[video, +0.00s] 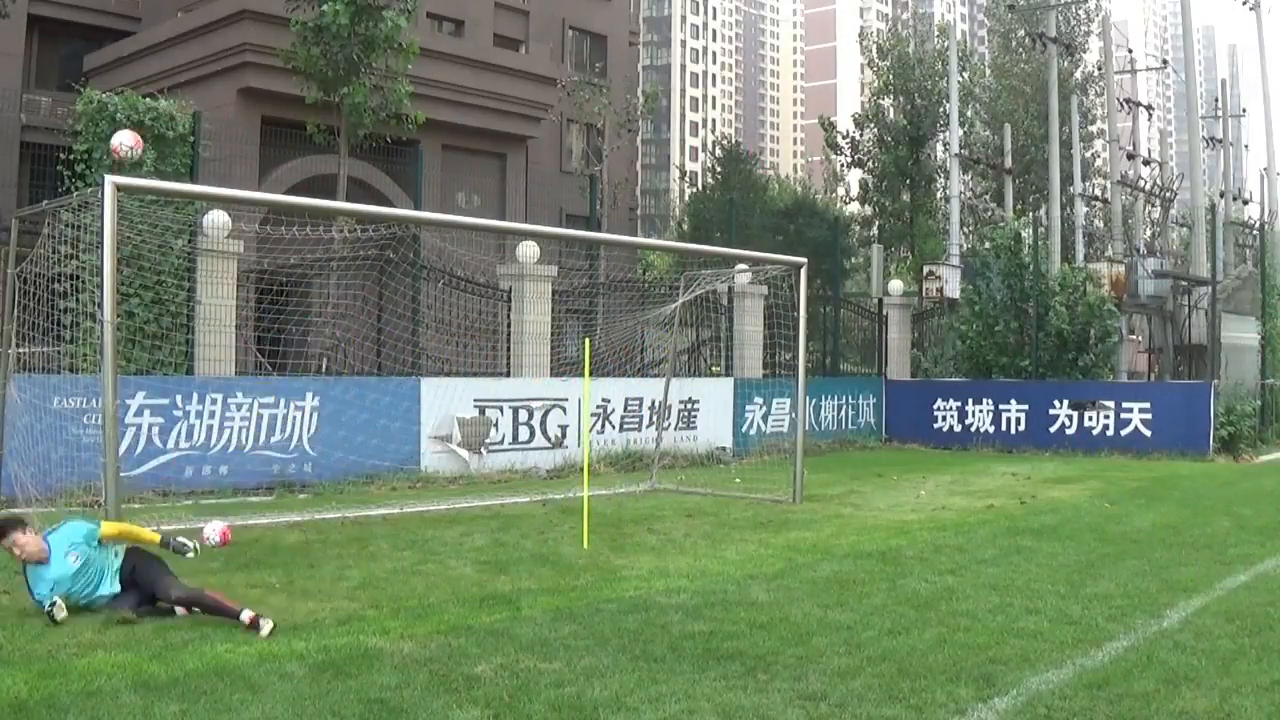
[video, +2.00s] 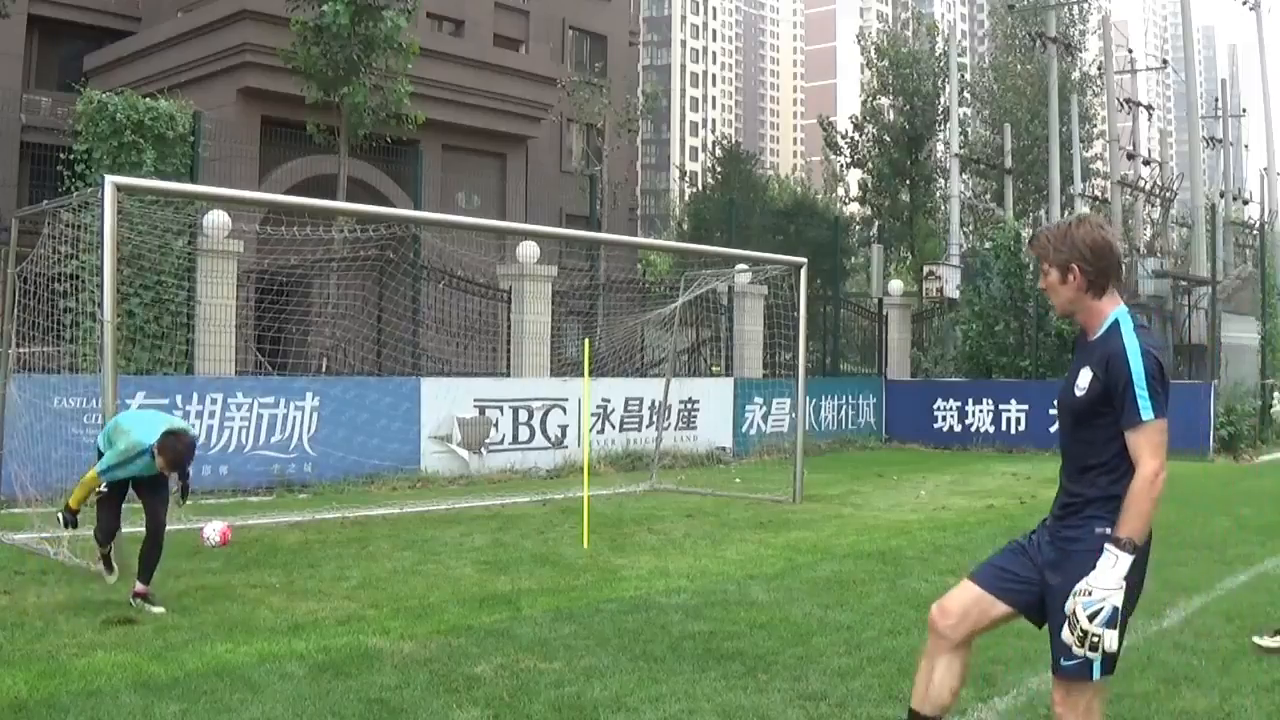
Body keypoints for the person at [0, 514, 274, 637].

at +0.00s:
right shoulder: (36, 582)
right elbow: (54, 610)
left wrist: (165, 540)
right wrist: (57, 613)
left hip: (129, 562)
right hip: (117, 595)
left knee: (174, 593)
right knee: (122, 615)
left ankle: (248, 617)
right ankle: (178, 607)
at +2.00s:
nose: (167, 474)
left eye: (173, 471)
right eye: (164, 468)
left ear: (184, 462)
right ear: (156, 451)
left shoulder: (185, 437)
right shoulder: (130, 447)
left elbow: (183, 460)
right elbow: (93, 476)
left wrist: (184, 480)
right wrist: (71, 509)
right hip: (113, 455)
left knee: (157, 526)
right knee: (108, 527)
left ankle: (140, 591)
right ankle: (105, 552)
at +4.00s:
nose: (71, 308)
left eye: (80, 302)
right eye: (66, 299)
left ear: (89, 306)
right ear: (53, 296)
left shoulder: (97, 348)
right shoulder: (23, 345)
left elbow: (98, 403)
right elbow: (1, 399)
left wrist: (99, 450)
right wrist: (4, 459)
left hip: (79, 465)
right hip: (33, 465)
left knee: (68, 553)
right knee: (42, 554)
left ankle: (61, 645)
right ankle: (47, 623)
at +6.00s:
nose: (178, 291)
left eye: (188, 281)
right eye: (169, 278)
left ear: (198, 275)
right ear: (142, 262)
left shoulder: (206, 324)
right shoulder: (100, 332)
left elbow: (236, 397)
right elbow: (58, 426)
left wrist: (270, 460)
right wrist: (51, 521)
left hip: (201, 527)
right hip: (132, 530)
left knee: (224, 666)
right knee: (137, 677)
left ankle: (161, 715)